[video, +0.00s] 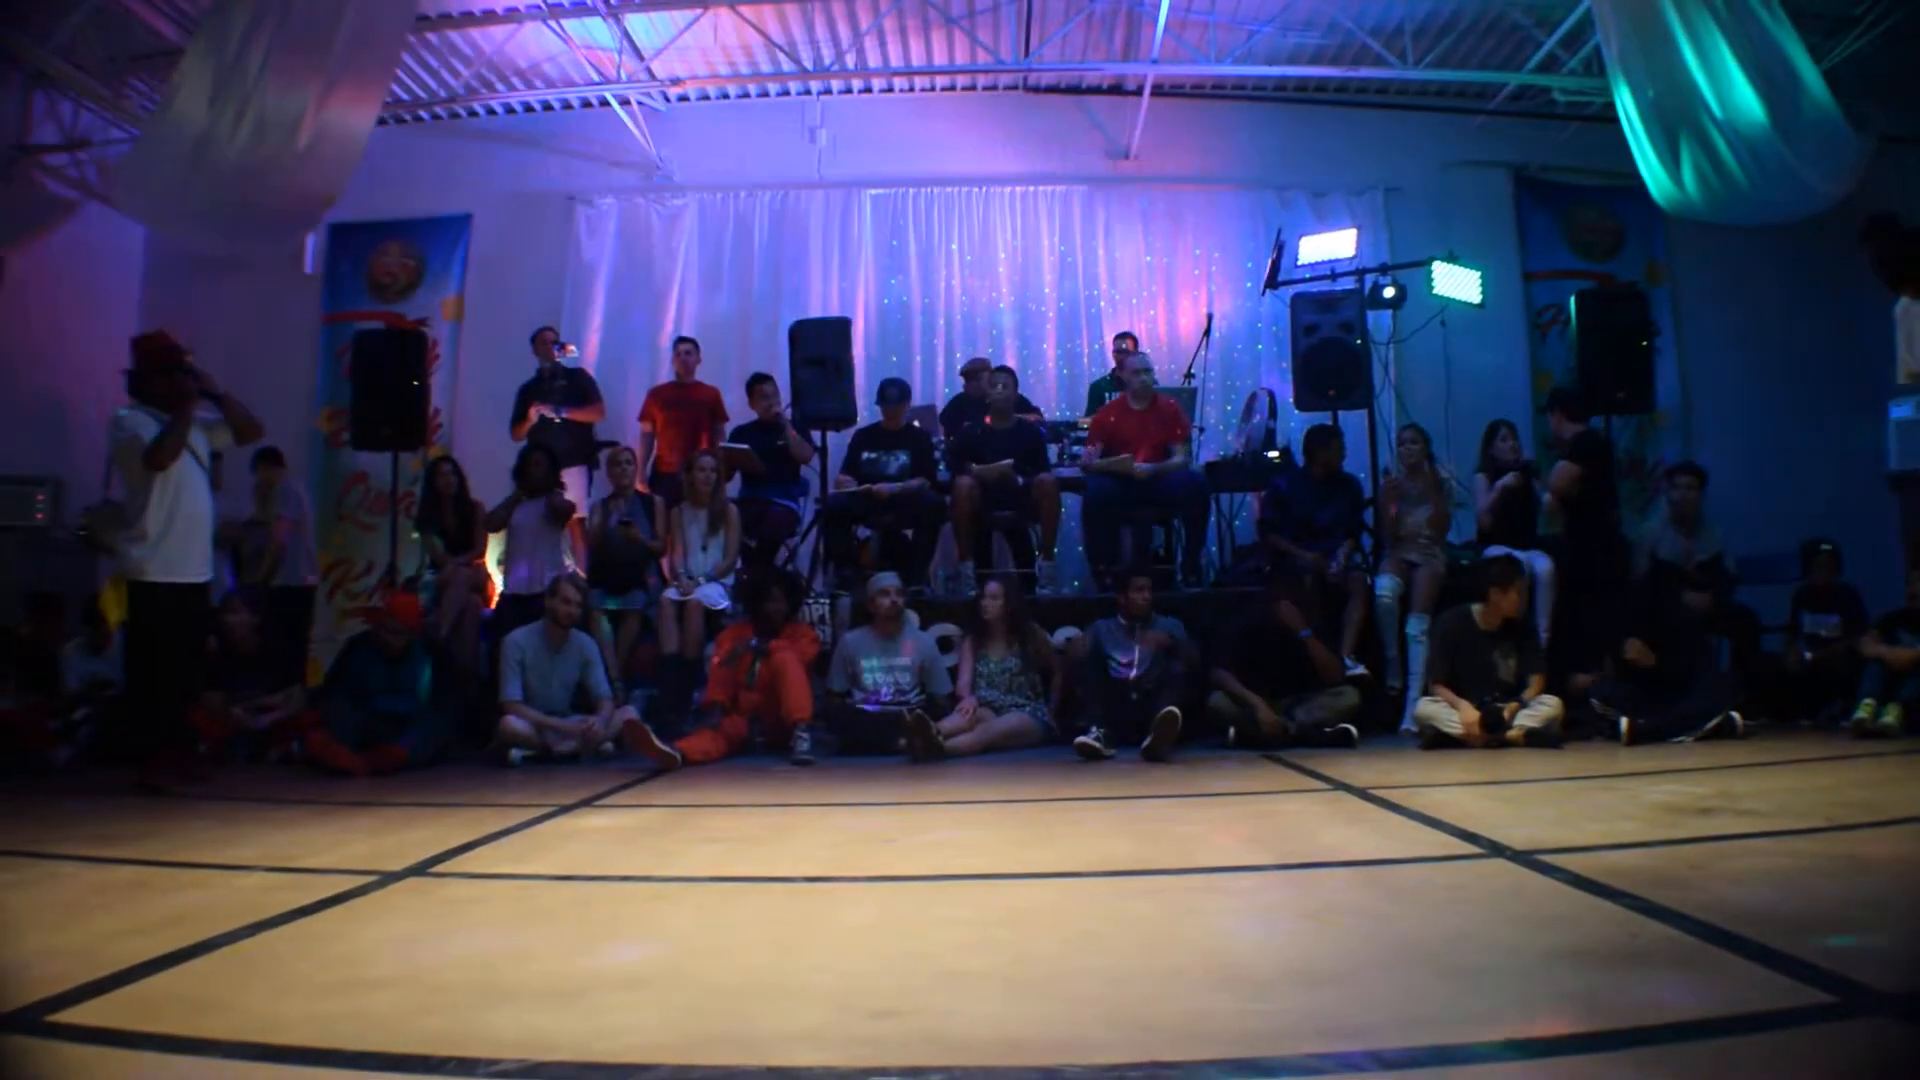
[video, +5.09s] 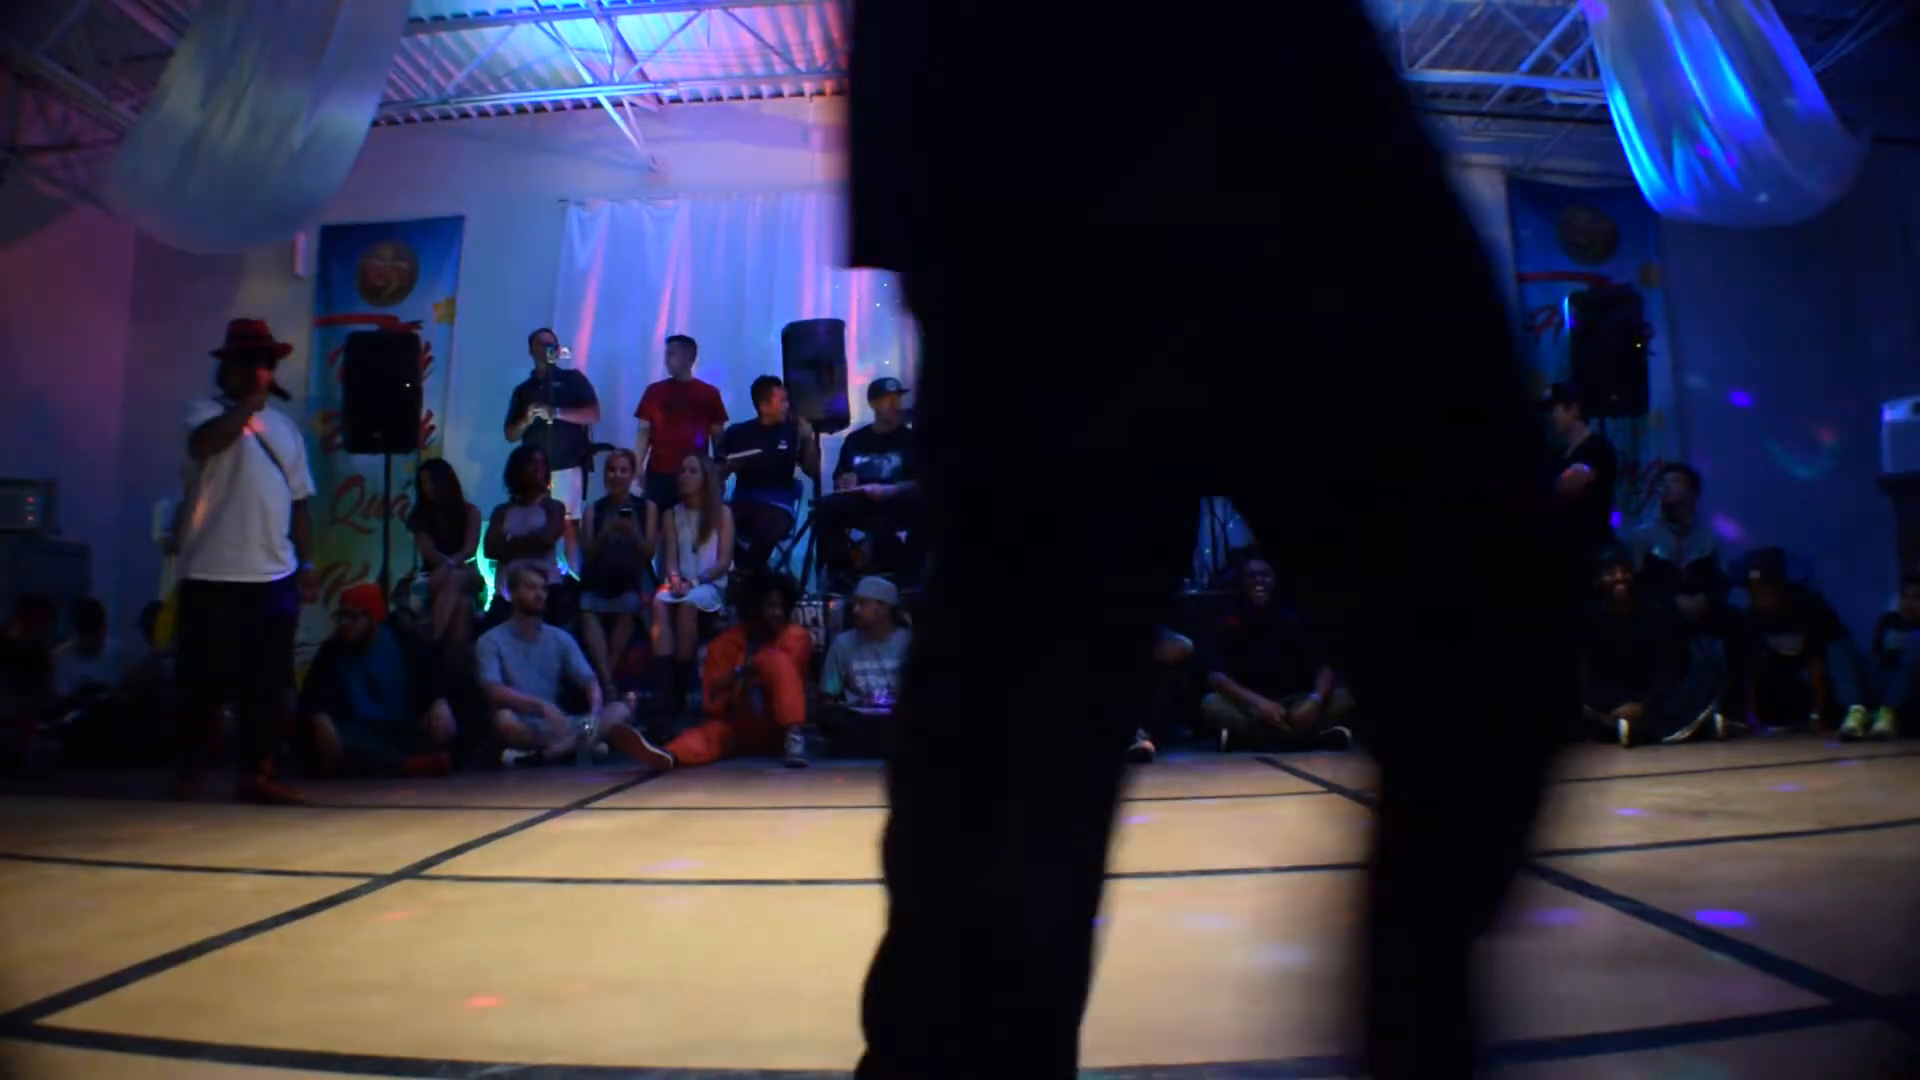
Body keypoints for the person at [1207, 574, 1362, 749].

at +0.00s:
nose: (1285, 603)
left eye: (1293, 596)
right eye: (1278, 596)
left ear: (1304, 597)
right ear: (1268, 595)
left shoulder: (1314, 624)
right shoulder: (1252, 627)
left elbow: (1335, 676)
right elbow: (1220, 673)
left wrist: (1302, 630)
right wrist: (1259, 706)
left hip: (1305, 696)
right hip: (1256, 699)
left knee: (1349, 697)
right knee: (1218, 701)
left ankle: (1262, 734)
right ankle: (1310, 735)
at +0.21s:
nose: (1260, 604)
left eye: (1268, 598)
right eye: (1259, 596)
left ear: (1288, 602)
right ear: (1253, 597)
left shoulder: (1300, 631)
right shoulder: (1247, 632)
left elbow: (1341, 676)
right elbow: (1218, 675)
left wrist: (1318, 645)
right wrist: (1257, 709)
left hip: (1300, 700)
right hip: (1255, 703)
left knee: (1346, 697)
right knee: (1215, 702)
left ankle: (1256, 737)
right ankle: (1310, 737)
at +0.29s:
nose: (1260, 603)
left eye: (1267, 596)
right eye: (1258, 595)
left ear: (1286, 597)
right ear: (1254, 597)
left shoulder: (1304, 627)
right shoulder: (1249, 630)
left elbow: (1344, 669)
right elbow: (1217, 675)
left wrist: (1326, 669)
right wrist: (1256, 710)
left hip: (1300, 699)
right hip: (1254, 701)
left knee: (1342, 697)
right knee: (1214, 703)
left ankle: (1257, 737)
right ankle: (1306, 736)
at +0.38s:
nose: (1258, 603)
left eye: (1266, 596)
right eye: (1257, 596)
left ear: (1286, 597)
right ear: (1253, 597)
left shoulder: (1305, 629)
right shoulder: (1248, 631)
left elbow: (1345, 669)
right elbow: (1217, 676)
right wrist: (1257, 711)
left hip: (1301, 701)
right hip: (1254, 703)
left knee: (1337, 702)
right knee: (1213, 704)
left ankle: (1255, 736)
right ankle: (1306, 737)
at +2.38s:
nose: (1269, 589)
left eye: (1270, 582)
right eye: (1260, 584)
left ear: (1276, 585)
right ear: (1245, 591)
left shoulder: (1293, 621)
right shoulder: (1234, 627)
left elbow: (1326, 668)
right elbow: (1214, 675)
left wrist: (1316, 712)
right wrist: (1256, 710)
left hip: (1296, 699)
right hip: (1248, 703)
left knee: (1344, 698)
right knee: (1211, 706)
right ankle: (1306, 736)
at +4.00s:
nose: (1241, 598)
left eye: (1248, 591)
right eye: (1238, 591)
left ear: (1268, 592)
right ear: (1232, 593)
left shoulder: (1293, 624)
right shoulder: (1230, 628)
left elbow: (1328, 671)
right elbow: (1213, 675)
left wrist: (1303, 716)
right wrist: (1254, 710)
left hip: (1294, 698)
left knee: (1343, 699)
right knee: (1211, 705)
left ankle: (1255, 741)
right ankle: (1309, 740)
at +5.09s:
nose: (1259, 581)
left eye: (1265, 575)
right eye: (1252, 576)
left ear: (1274, 580)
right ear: (1242, 582)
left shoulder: (1292, 617)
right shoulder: (1231, 621)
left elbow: (1324, 667)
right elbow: (1216, 676)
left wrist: (1315, 702)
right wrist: (1259, 704)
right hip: (1249, 703)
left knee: (1340, 699)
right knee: (1212, 704)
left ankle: (1249, 740)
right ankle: (1307, 739)